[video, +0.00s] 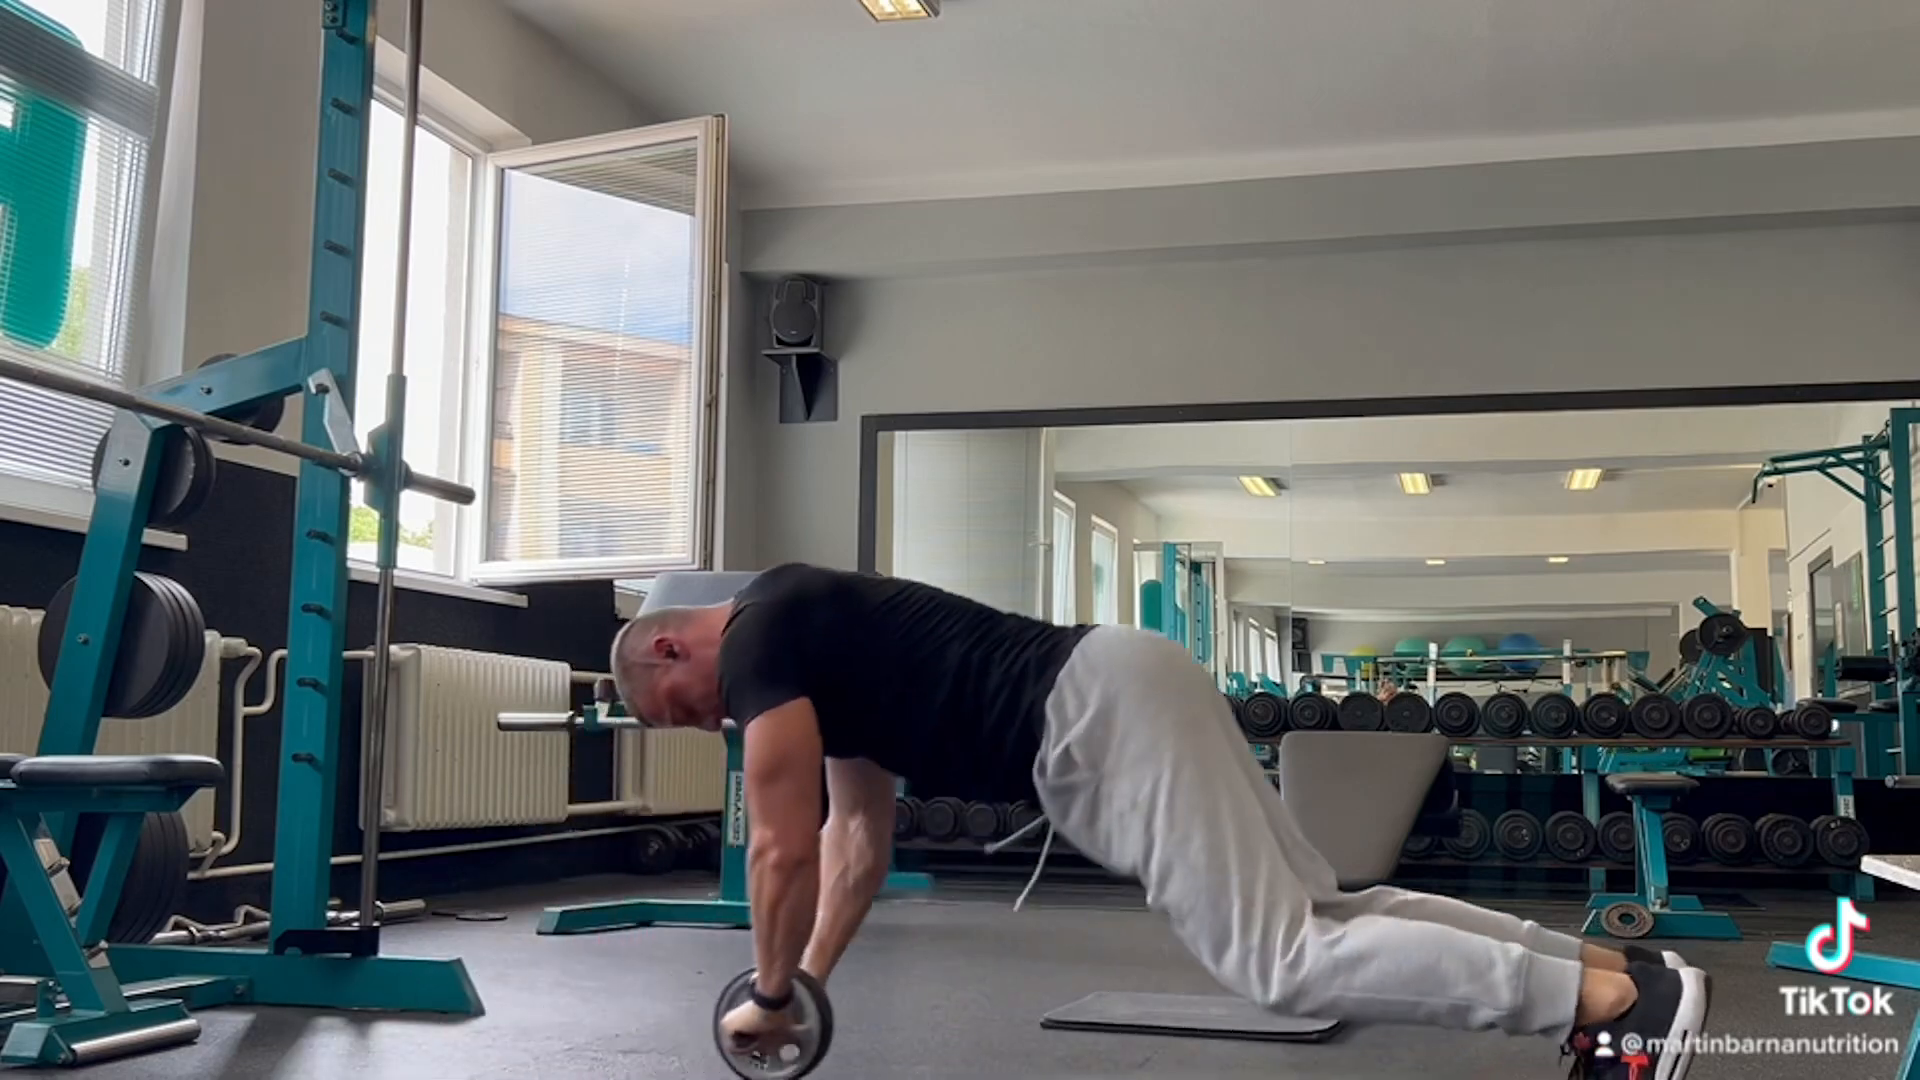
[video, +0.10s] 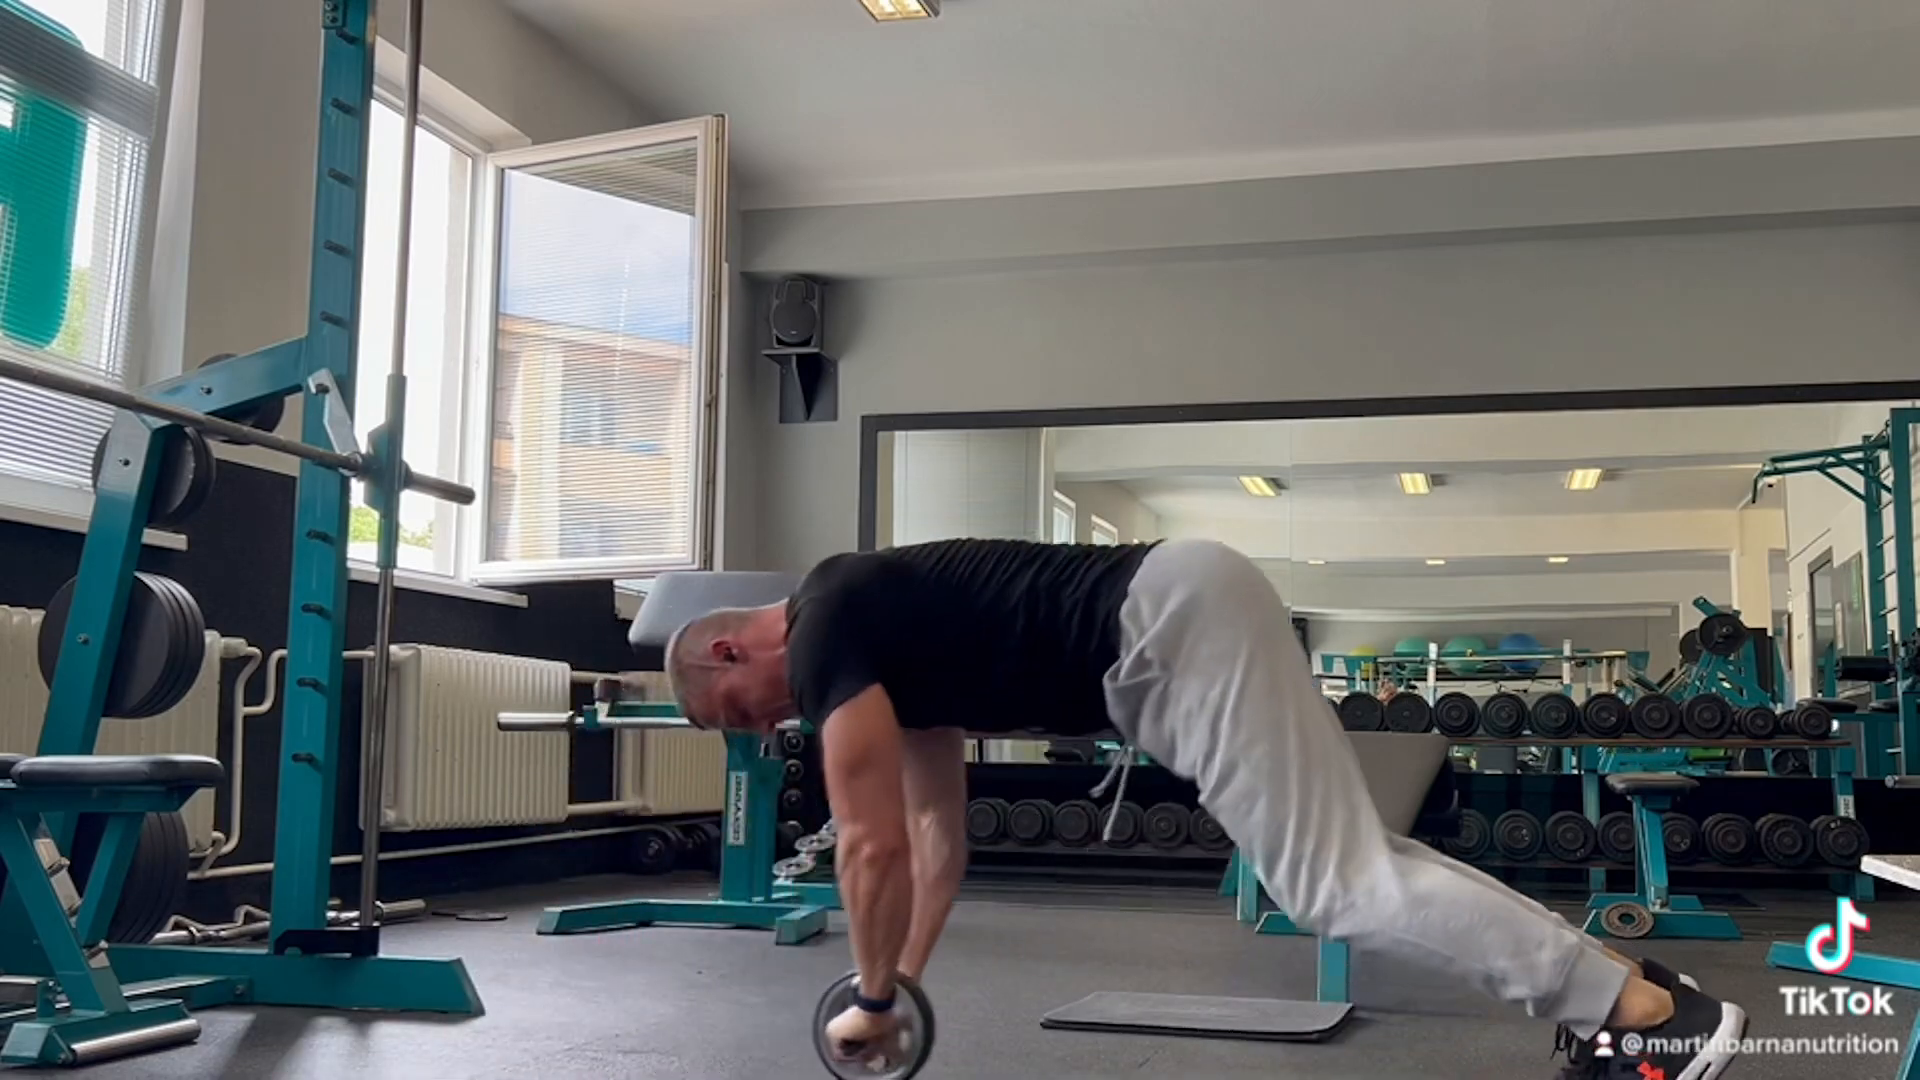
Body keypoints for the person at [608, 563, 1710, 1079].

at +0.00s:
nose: (672, 725)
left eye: (655, 704)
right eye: (660, 715)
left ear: (666, 648)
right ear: (690, 643)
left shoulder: (765, 630)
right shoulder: (823, 641)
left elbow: (786, 844)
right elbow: (852, 847)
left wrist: (772, 995)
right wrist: (799, 988)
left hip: (1104, 703)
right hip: (1120, 703)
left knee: (1284, 960)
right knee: (1310, 917)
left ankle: (1604, 994)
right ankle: (1598, 971)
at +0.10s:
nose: (755, 729)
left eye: (733, 713)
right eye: (741, 726)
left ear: (728, 648)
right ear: (753, 644)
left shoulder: (826, 621)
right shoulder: (881, 633)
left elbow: (868, 827)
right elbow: (933, 835)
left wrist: (873, 988)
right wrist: (892, 990)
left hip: (1171, 619)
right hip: (1189, 613)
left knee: (1334, 882)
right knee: (1348, 866)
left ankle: (1636, 1005)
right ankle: (1626, 997)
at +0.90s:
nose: (892, 614)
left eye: (885, 587)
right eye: (881, 593)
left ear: (935, 546)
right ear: (950, 545)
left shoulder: (1028, 580)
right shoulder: (1063, 580)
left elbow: (1010, 819)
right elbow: (1073, 821)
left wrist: (993, 994)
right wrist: (1020, 990)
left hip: (1375, 506)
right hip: (1386, 498)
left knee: (1457, 810)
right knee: (1465, 800)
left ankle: (1673, 1040)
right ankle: (1631, 1016)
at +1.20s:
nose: (667, 661)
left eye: (660, 636)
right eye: (656, 645)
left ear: (701, 593)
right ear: (732, 587)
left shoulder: (774, 624)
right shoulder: (840, 645)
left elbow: (725, 842)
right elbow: (796, 851)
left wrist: (682, 999)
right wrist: (710, 988)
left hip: (1109, 644)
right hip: (1134, 636)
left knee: (1305, 911)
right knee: (1317, 888)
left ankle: (1608, 1008)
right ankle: (1599, 1000)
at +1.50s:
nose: (540, 790)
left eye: (529, 765)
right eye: (532, 776)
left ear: (556, 719)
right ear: (591, 710)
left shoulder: (622, 735)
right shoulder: (688, 731)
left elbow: (529, 943)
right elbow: (636, 924)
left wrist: (451, 1000)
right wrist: (515, 989)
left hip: (961, 841)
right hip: (999, 795)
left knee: (1200, 1025)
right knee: (1237, 957)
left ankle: (1511, 1006)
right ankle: (1525, 978)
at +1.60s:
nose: (516, 869)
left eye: (505, 848)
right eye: (509, 857)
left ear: (525, 791)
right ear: (559, 782)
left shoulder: (585, 800)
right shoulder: (657, 795)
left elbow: (482, 976)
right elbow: (587, 959)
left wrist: (403, 1012)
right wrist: (472, 991)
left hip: (938, 899)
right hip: (973, 844)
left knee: (1189, 1045)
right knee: (1227, 972)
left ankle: (1491, 1007)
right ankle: (1505, 982)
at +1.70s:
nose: (499, 931)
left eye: (492, 912)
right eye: (494, 921)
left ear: (513, 867)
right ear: (547, 861)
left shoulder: (569, 850)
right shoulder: (638, 860)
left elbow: (417, 1013)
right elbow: (551, 990)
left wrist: (347, 1010)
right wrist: (426, 1011)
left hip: (926, 958)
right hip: (961, 899)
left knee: (1185, 1061)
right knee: (1213, 1002)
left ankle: (1475, 1018)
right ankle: (1496, 979)